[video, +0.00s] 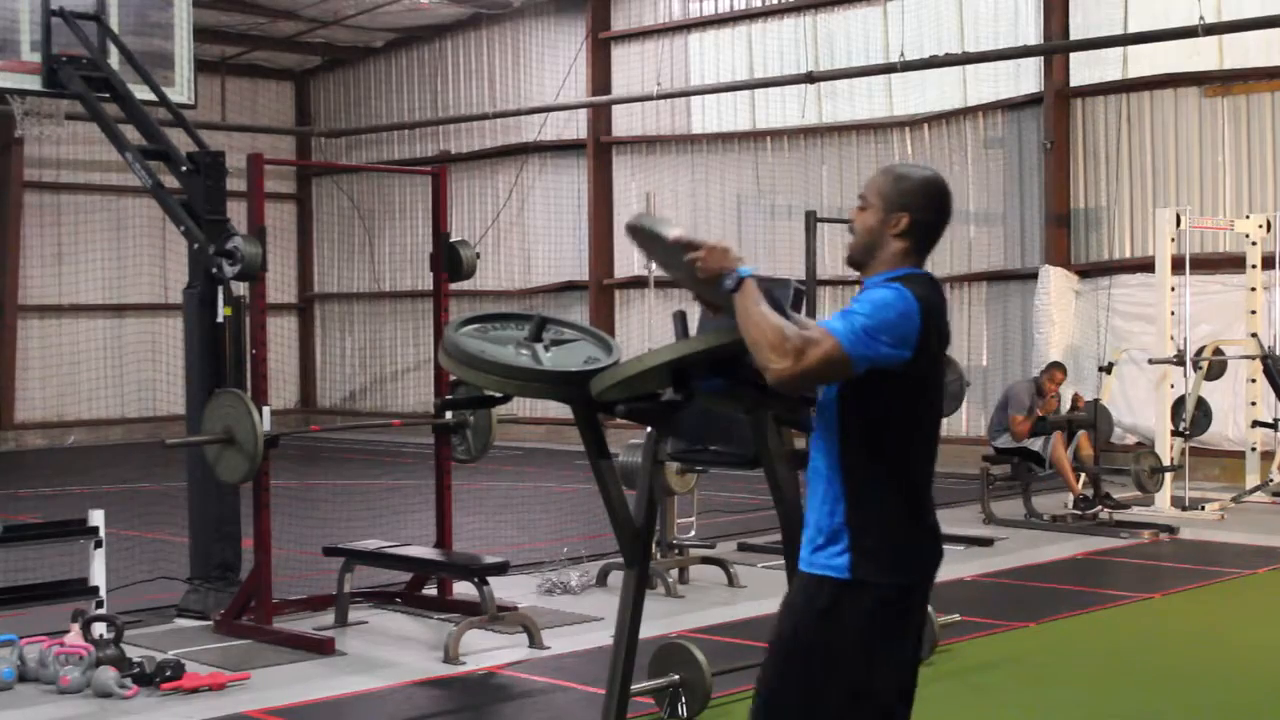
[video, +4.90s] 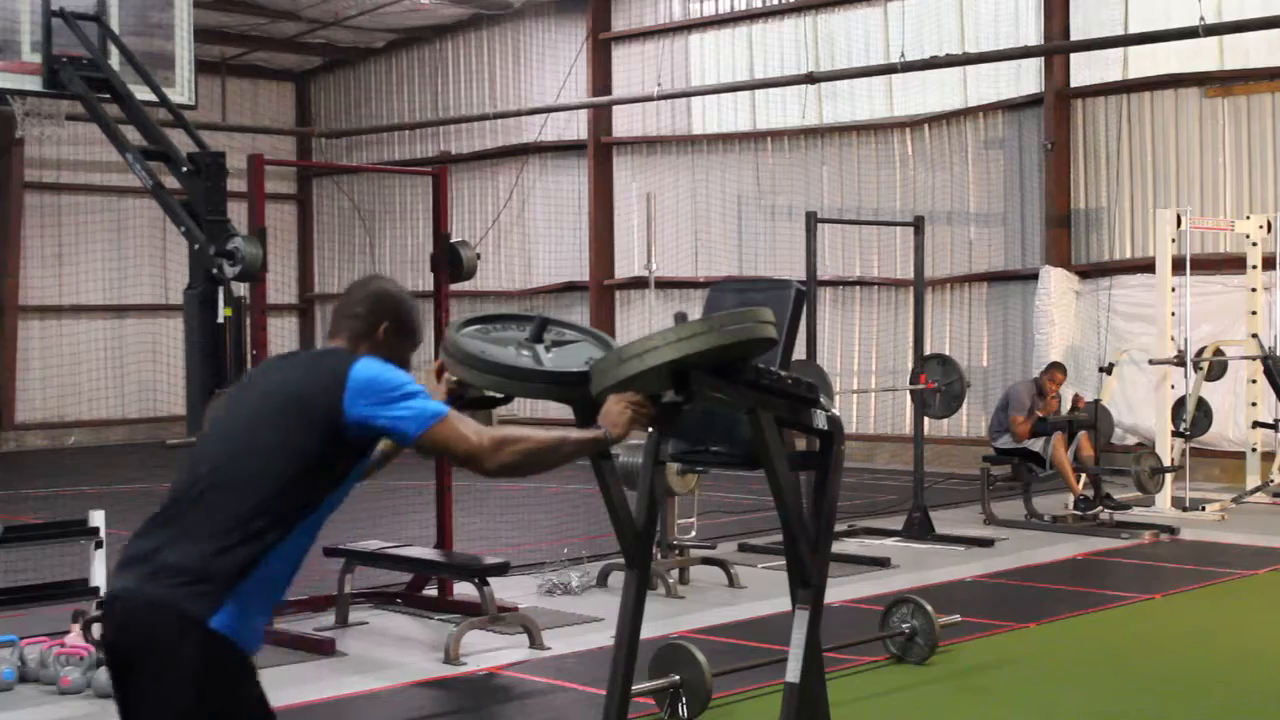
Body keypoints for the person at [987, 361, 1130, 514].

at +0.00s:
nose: (1054, 388)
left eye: (1058, 385)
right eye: (1051, 382)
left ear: (1061, 385)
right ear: (1041, 374)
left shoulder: (1050, 395)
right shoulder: (1020, 391)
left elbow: (1054, 427)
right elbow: (1018, 434)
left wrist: (1073, 412)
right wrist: (1041, 411)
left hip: (1028, 438)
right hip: (1003, 439)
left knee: (1080, 435)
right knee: (1055, 439)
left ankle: (1099, 494)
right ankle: (1079, 498)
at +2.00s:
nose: (1054, 389)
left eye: (1058, 385)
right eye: (1051, 382)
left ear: (1061, 385)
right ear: (1042, 375)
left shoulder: (1052, 395)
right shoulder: (1021, 391)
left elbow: (1055, 426)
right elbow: (1019, 435)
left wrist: (1073, 411)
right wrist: (1040, 412)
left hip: (1030, 437)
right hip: (1004, 439)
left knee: (1081, 435)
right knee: (1055, 439)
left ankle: (1100, 494)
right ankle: (1079, 498)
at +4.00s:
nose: (1054, 389)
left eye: (1058, 385)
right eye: (1051, 382)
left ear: (1061, 385)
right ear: (1041, 375)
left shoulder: (1051, 396)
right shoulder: (1020, 392)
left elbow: (1054, 427)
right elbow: (1018, 435)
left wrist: (1073, 412)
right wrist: (1040, 412)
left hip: (1029, 438)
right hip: (1004, 439)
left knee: (1080, 435)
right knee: (1055, 439)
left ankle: (1099, 494)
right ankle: (1079, 498)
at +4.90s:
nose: (1054, 388)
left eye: (1059, 385)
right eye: (1051, 381)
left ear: (1061, 385)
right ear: (1041, 375)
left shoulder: (1051, 396)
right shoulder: (1021, 391)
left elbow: (1054, 428)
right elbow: (1019, 435)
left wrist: (1073, 412)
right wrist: (1041, 412)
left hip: (1029, 439)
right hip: (1005, 441)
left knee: (1081, 436)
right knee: (1055, 439)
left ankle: (1100, 494)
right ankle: (1079, 499)